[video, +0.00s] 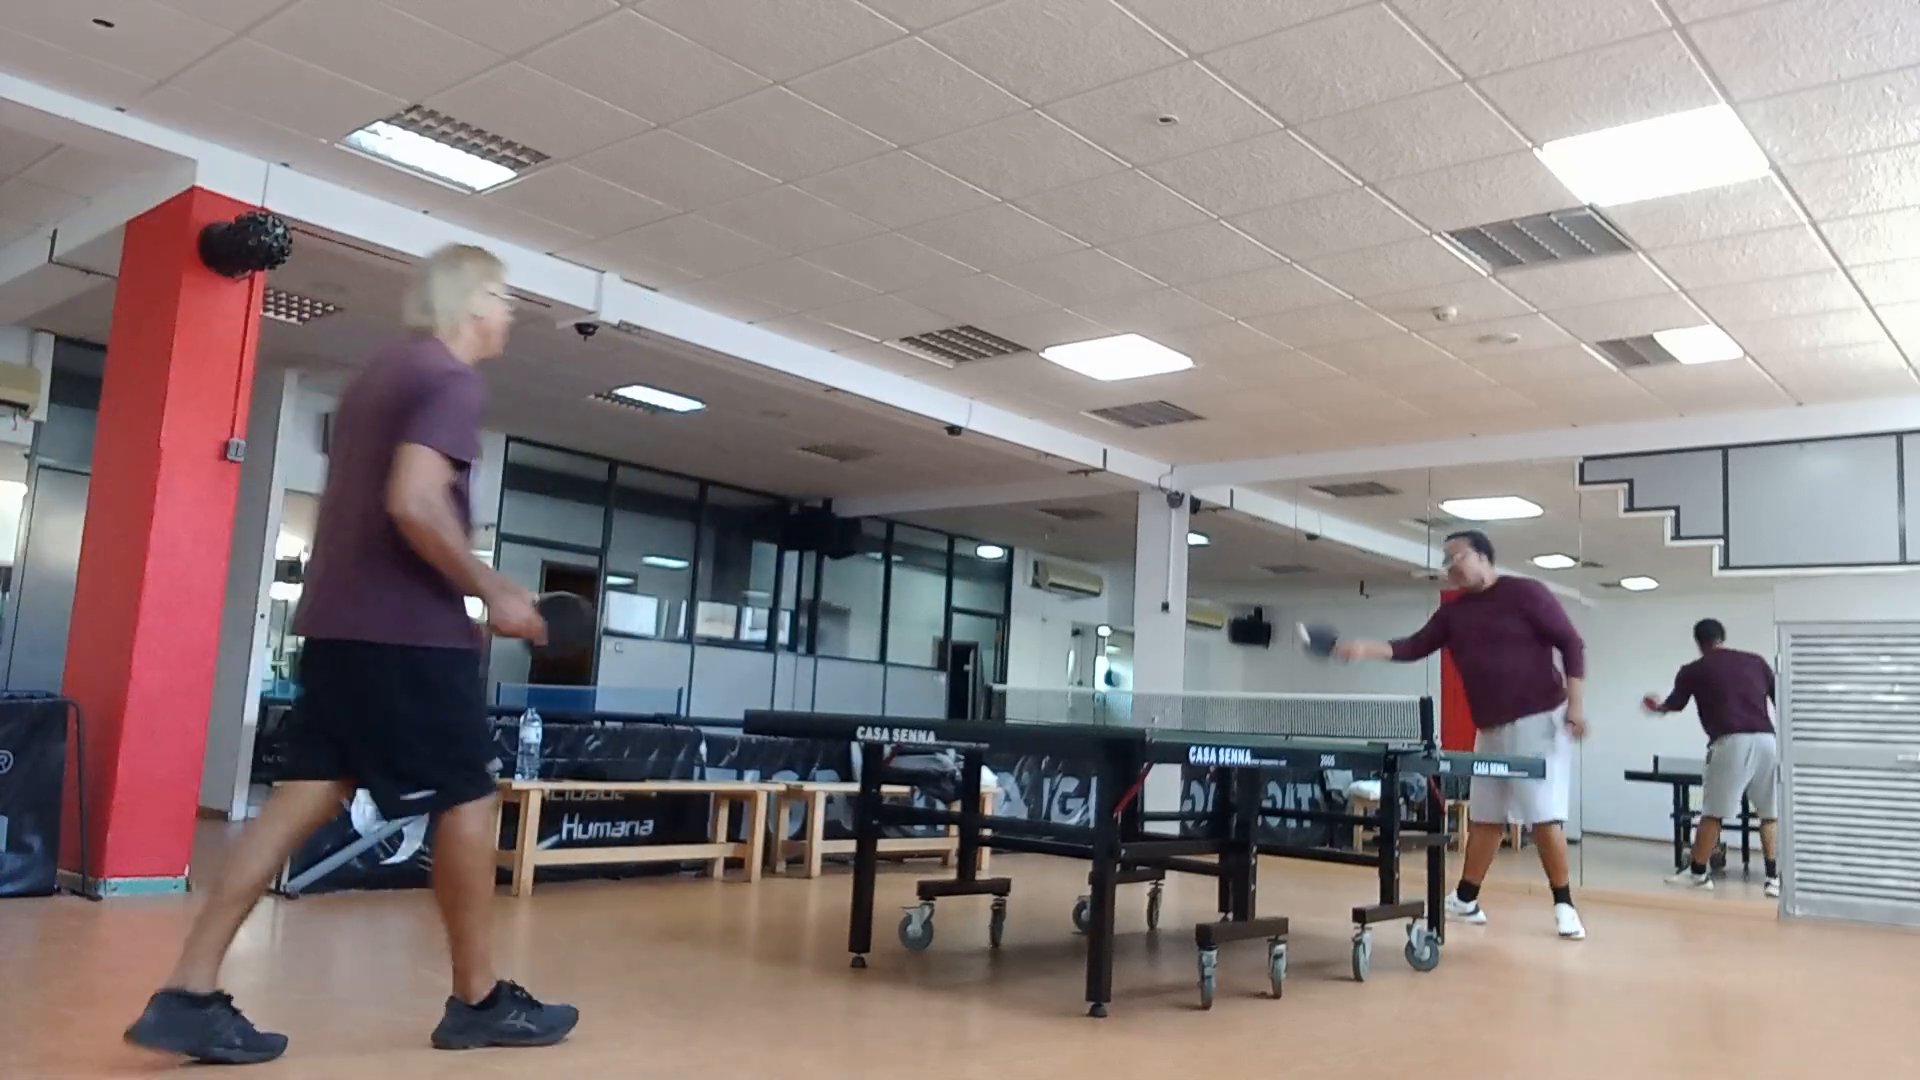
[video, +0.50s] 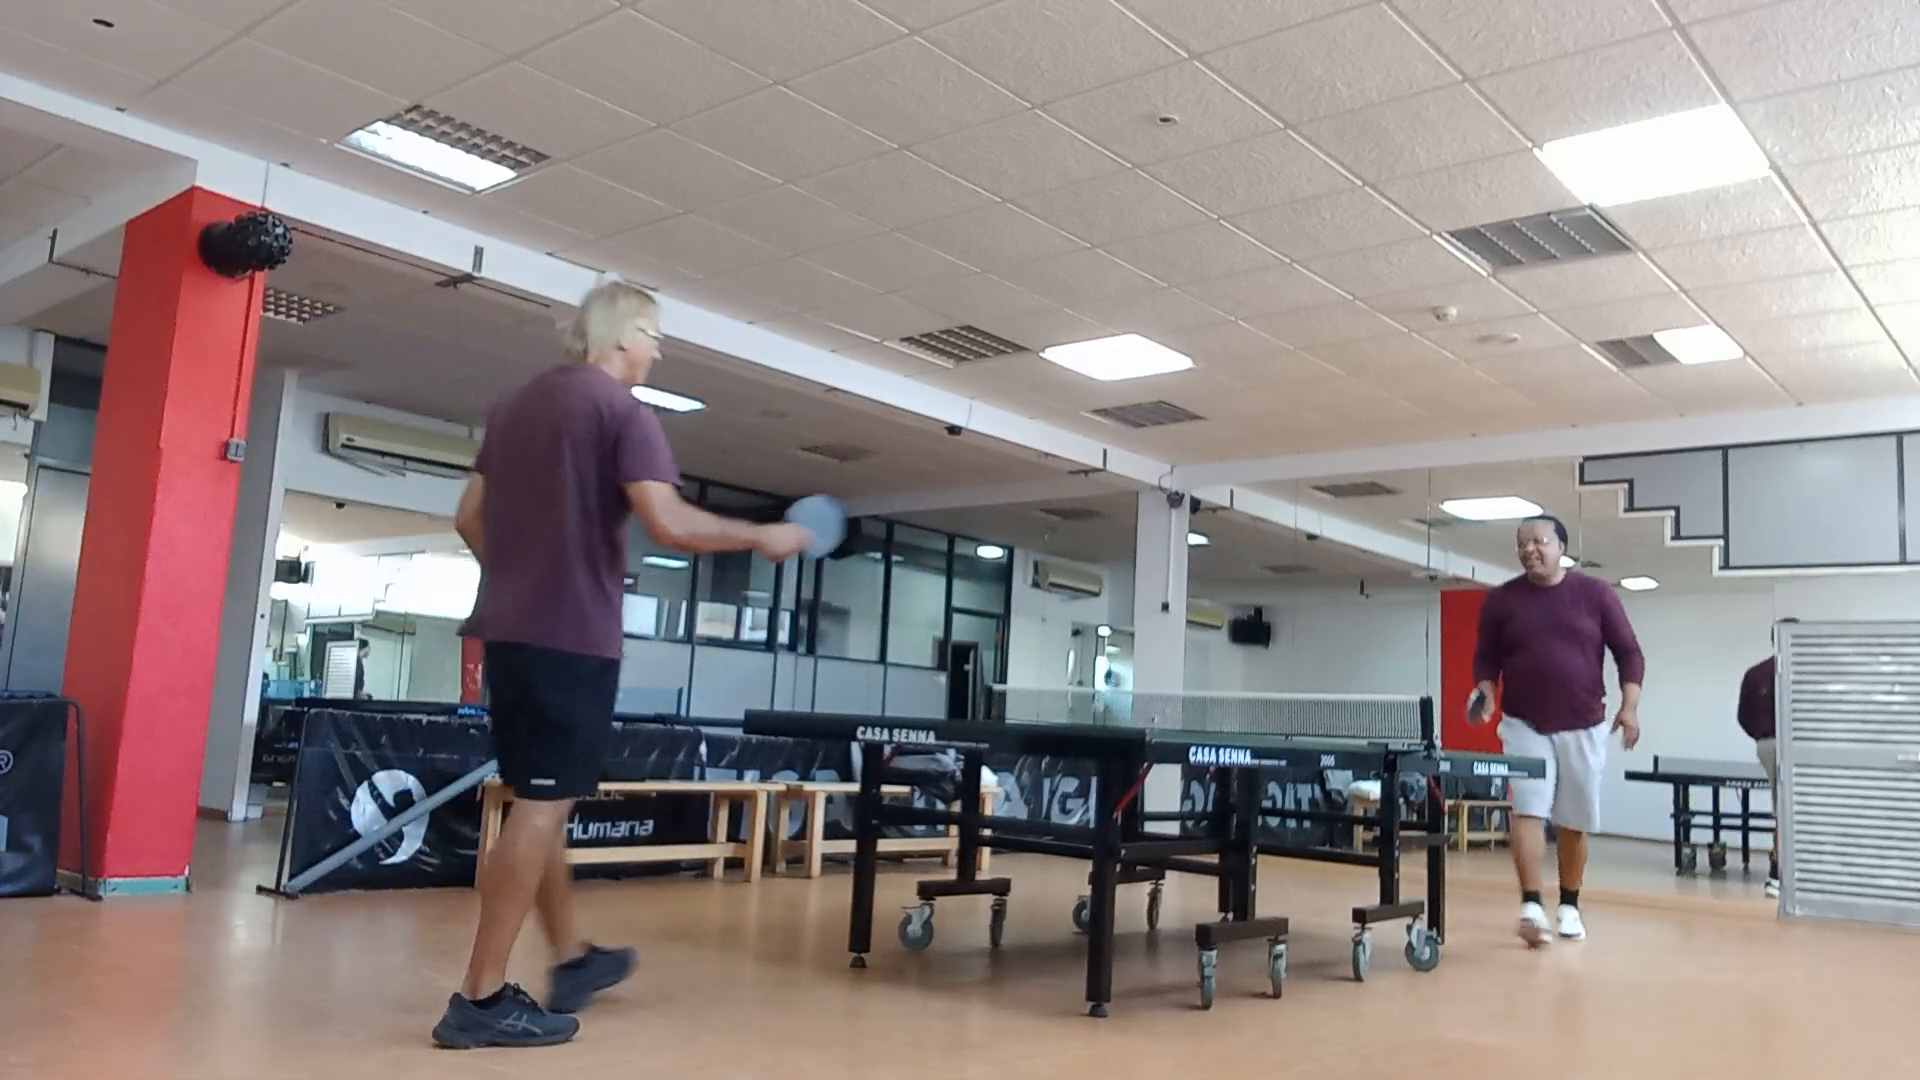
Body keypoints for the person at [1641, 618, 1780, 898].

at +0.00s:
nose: (1705, 646)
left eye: (1701, 642)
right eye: (1712, 641)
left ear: (1698, 643)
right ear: (1723, 638)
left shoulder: (1693, 671)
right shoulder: (1754, 661)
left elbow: (1676, 703)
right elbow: (1780, 699)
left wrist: (1656, 708)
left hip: (1730, 743)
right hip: (1766, 742)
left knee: (1713, 813)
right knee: (1769, 814)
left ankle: (1697, 872)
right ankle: (1773, 878)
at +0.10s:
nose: (1726, 645)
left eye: (1720, 641)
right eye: (1732, 639)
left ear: (1715, 642)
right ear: (1740, 638)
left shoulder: (1708, 670)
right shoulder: (1767, 663)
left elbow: (1690, 700)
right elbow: (1782, 695)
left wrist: (1686, 685)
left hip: (1739, 745)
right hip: (1775, 744)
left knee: (1717, 812)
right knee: (1777, 816)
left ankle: (1698, 871)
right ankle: (1776, 878)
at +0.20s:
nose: (1749, 643)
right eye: (1753, 638)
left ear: (1733, 640)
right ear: (1757, 638)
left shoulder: (1721, 669)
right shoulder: (1776, 663)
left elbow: (1705, 704)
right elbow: (1789, 696)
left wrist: (1727, 685)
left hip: (1745, 745)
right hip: (1780, 744)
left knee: (1727, 811)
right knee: (1780, 816)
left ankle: (1711, 870)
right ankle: (1776, 879)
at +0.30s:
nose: (1769, 642)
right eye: (1771, 636)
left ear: (1750, 638)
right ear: (1773, 636)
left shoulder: (1734, 669)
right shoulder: (1787, 665)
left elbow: (1722, 711)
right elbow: (1797, 701)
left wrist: (1744, 706)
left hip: (1752, 743)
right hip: (1784, 742)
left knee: (1746, 808)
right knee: (1783, 810)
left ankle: (1741, 867)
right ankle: (1777, 873)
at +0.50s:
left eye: (1783, 635)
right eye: (1791, 636)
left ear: (1773, 639)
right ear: (1795, 639)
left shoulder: (1755, 673)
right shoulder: (1801, 672)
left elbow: (1744, 715)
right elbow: (1812, 710)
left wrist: (1761, 735)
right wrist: (1807, 734)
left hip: (1766, 744)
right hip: (1795, 744)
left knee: (1781, 806)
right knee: (1788, 808)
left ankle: (1779, 869)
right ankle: (1777, 873)